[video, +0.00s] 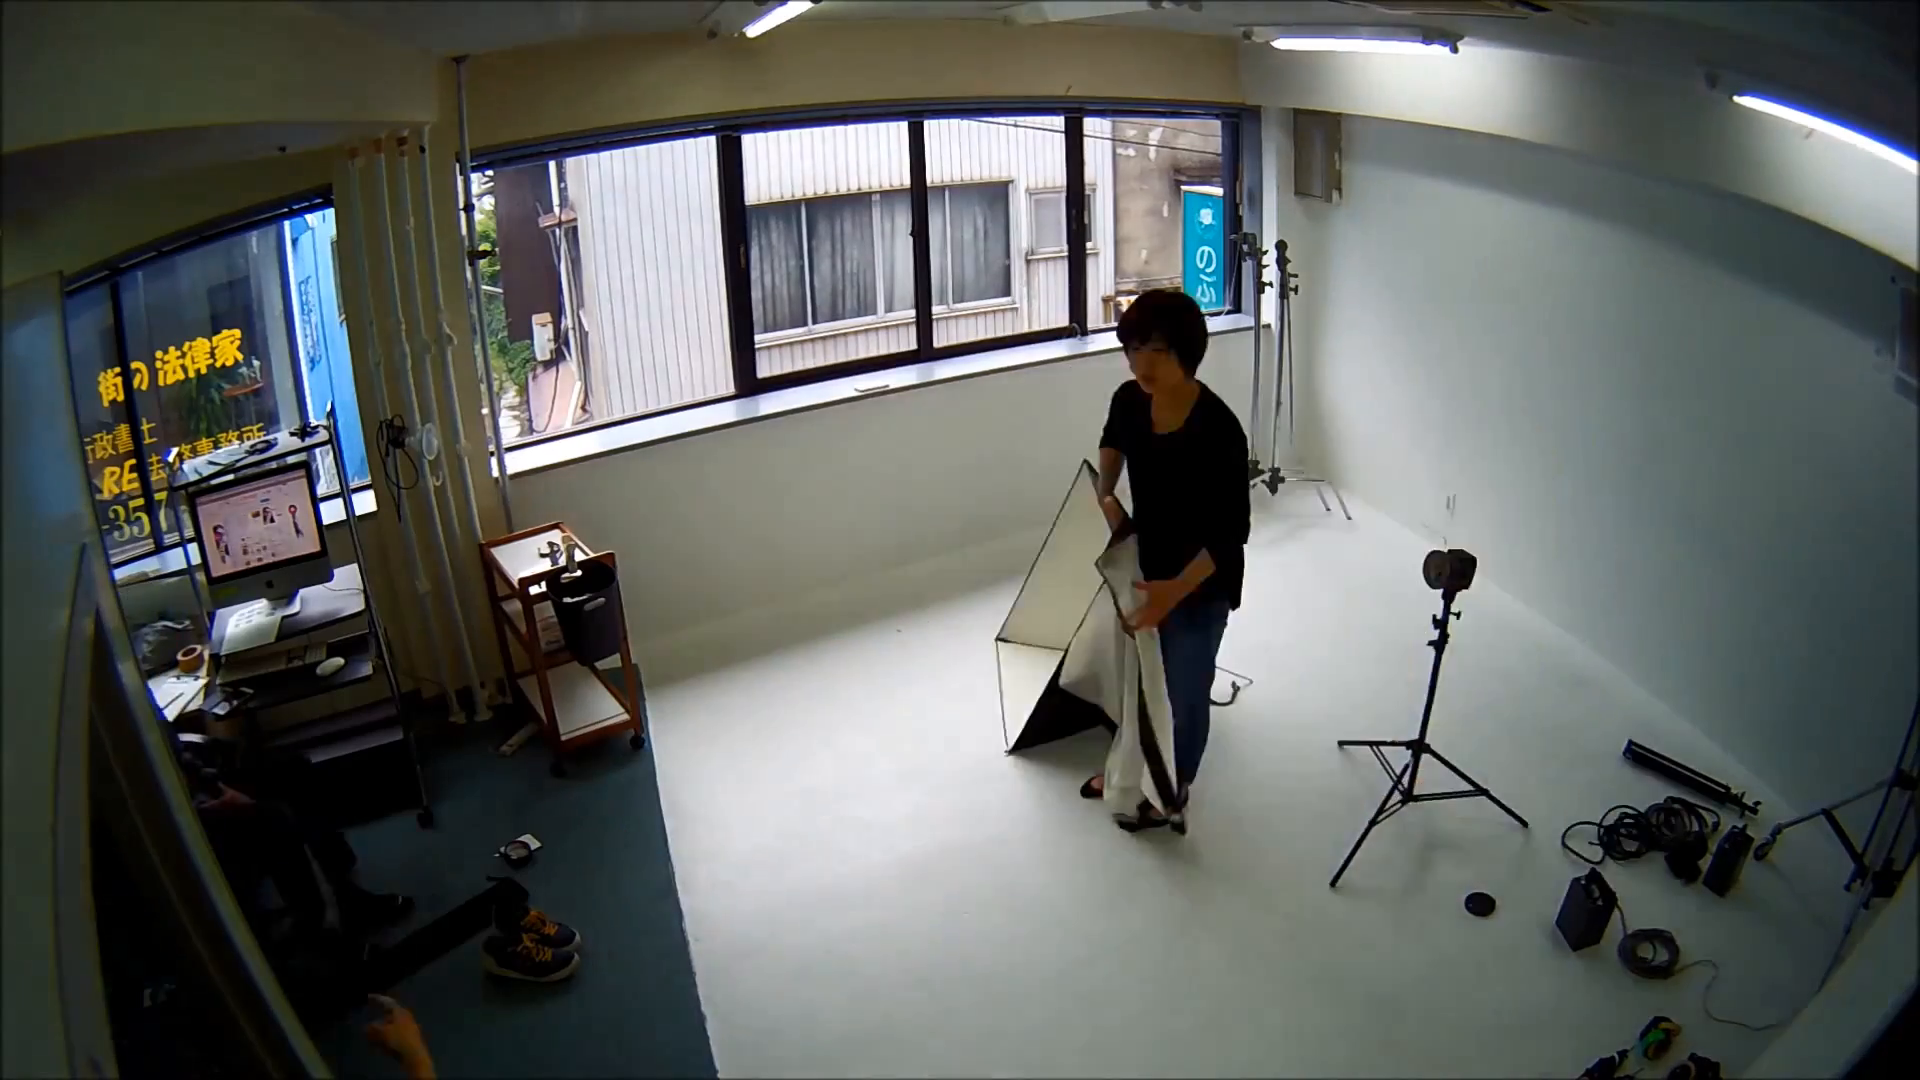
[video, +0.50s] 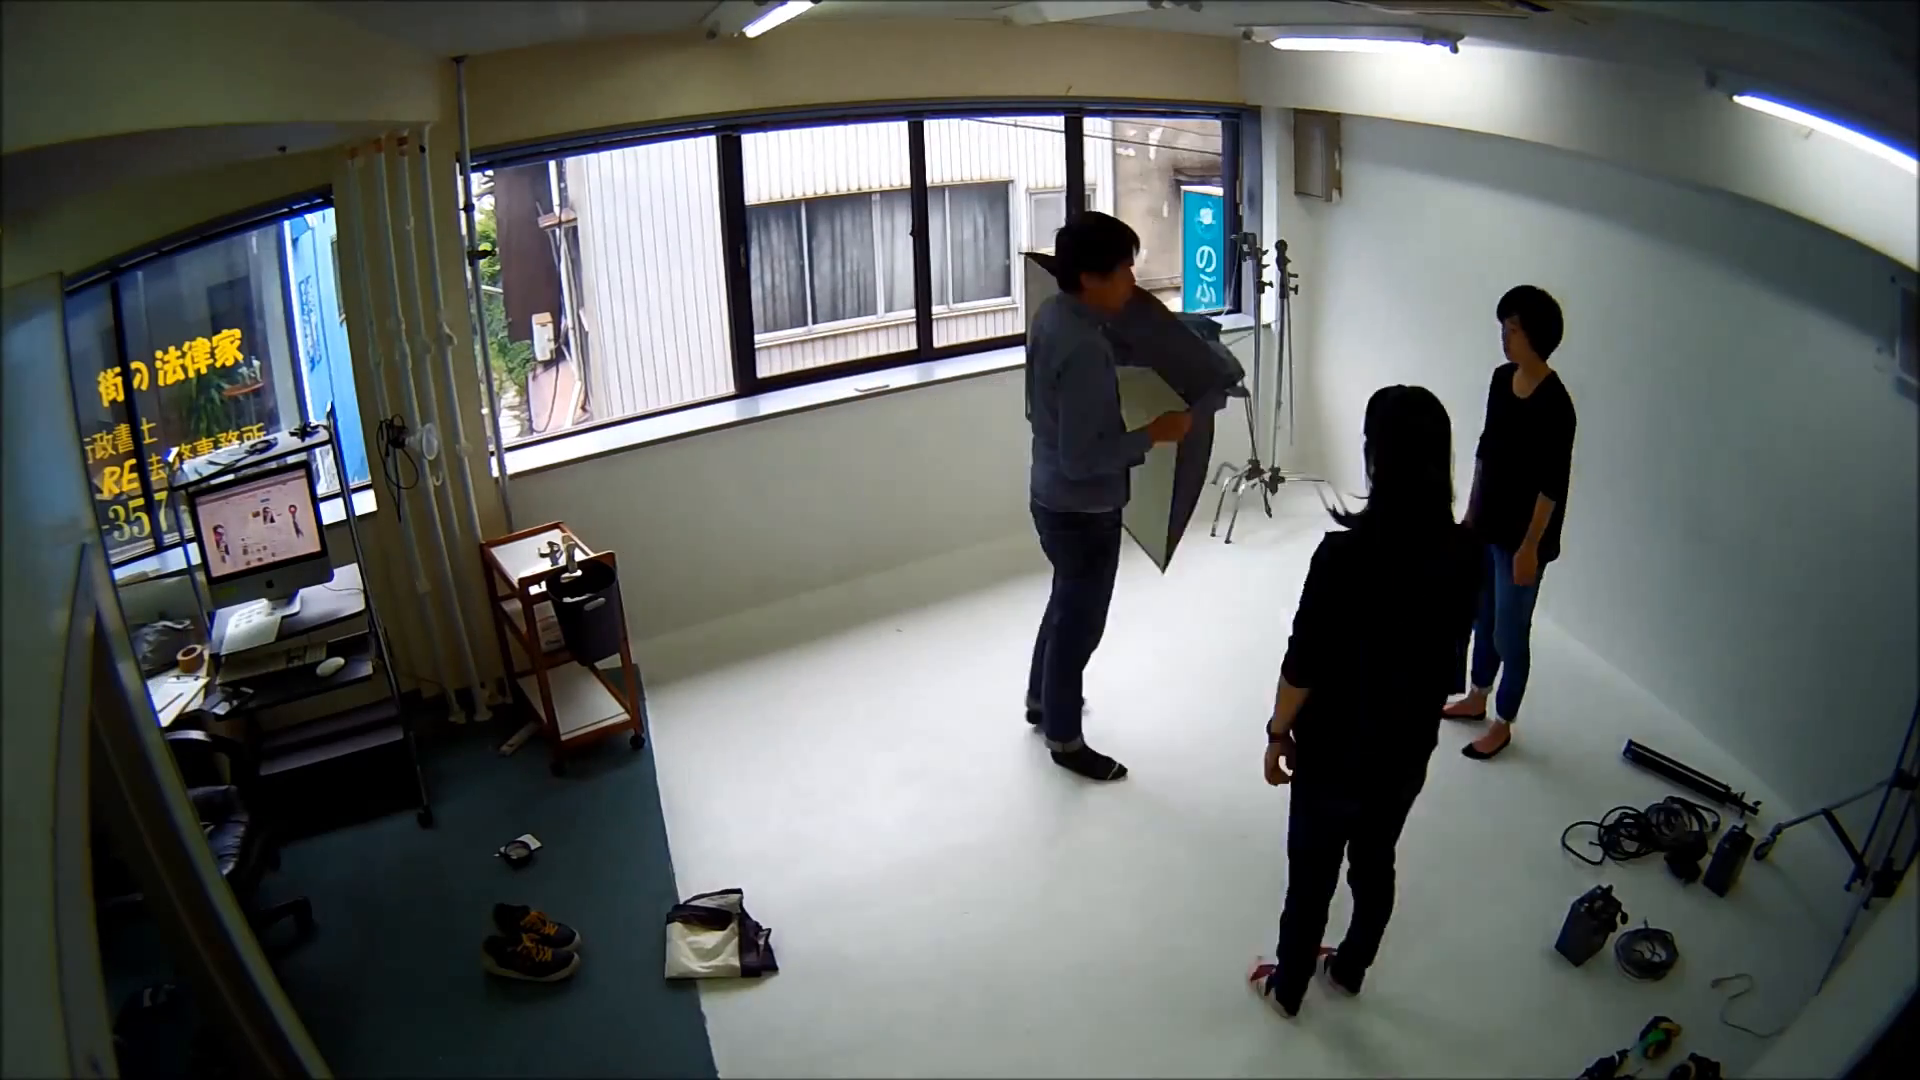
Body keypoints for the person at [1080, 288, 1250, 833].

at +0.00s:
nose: (1134, 364)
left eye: (1142, 350)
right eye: (1130, 351)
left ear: (1175, 350)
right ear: (1134, 352)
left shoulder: (1220, 429)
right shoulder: (1131, 399)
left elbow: (1230, 533)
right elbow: (1112, 446)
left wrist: (1174, 591)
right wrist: (1106, 495)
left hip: (1202, 580)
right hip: (1144, 566)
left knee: (1186, 692)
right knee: (1134, 677)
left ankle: (1178, 785)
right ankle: (1126, 766)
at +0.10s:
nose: (1139, 288)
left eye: (1142, 276)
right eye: (1140, 276)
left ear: (1086, 261)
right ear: (1124, 271)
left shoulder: (1046, 313)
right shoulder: (1120, 338)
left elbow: (1065, 397)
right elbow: (1138, 444)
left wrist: (1134, 396)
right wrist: (1157, 413)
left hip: (1052, 495)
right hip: (1103, 505)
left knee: (1065, 606)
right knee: (1095, 619)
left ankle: (1067, 724)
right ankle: (1074, 743)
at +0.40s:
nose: (1164, 280)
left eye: (1163, 269)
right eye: (1161, 269)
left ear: (1112, 264)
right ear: (1143, 270)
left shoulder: (1056, 309)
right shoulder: (1147, 342)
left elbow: (1021, 379)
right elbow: (1166, 446)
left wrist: (1069, 403)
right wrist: (1144, 393)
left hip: (1053, 491)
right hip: (1108, 502)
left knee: (1065, 603)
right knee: (1094, 619)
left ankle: (1068, 718)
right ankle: (1074, 743)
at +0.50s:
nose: (1134, 280)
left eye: (1131, 267)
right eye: (1126, 269)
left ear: (1080, 275)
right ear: (1094, 279)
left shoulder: (1052, 315)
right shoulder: (1084, 344)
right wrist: (1150, 434)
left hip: (1057, 498)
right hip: (1082, 508)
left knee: (1068, 604)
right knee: (1079, 626)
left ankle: (1043, 700)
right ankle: (1065, 741)